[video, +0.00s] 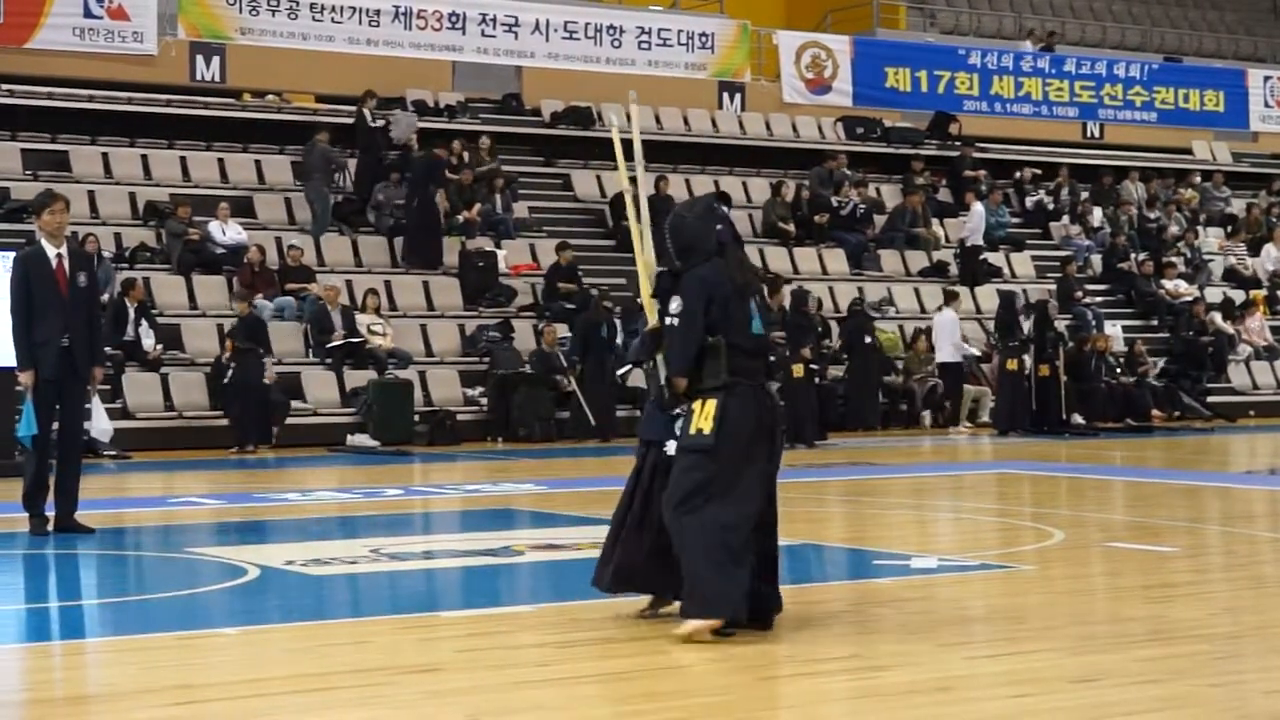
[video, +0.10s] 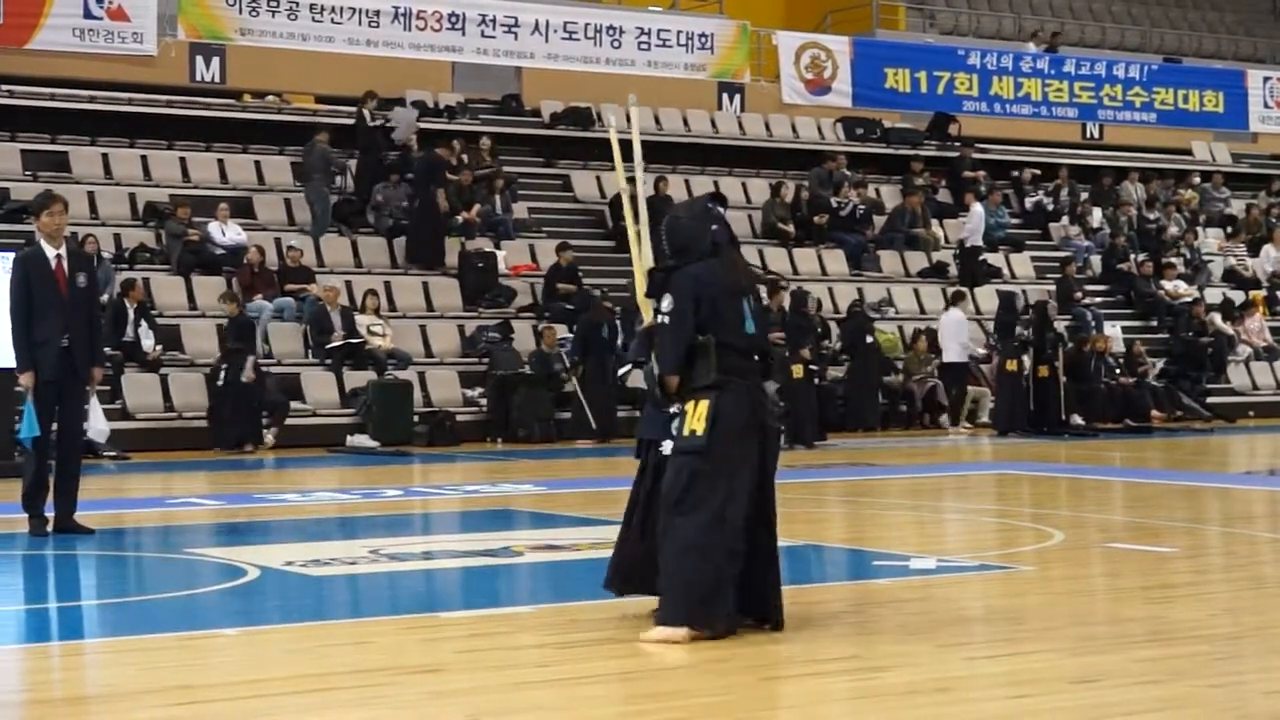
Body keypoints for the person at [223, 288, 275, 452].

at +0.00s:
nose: (235, 307)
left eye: (237, 303)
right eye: (234, 303)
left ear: (246, 303)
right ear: (237, 304)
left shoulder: (257, 321)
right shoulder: (239, 321)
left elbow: (266, 347)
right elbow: (234, 343)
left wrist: (269, 369)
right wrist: (228, 354)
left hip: (254, 364)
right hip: (239, 363)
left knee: (252, 400)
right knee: (237, 400)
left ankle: (251, 441)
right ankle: (240, 441)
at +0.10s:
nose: (226, 308)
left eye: (228, 304)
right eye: (225, 305)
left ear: (236, 304)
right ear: (225, 306)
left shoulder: (247, 322)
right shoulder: (230, 323)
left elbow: (251, 348)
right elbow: (228, 347)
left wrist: (249, 368)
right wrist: (218, 359)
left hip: (243, 364)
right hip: (230, 363)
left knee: (245, 401)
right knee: (229, 400)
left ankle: (248, 440)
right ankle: (231, 440)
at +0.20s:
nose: (213, 309)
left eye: (215, 305)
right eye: (212, 305)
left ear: (224, 305)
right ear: (218, 306)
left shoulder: (235, 322)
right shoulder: (218, 325)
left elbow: (240, 349)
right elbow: (217, 349)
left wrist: (230, 366)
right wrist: (210, 361)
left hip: (235, 367)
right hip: (218, 366)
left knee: (238, 404)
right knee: (205, 401)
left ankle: (246, 440)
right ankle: (198, 440)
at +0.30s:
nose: (202, 311)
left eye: (204, 307)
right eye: (201, 307)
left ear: (214, 306)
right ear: (205, 307)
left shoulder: (225, 323)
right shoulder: (208, 326)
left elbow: (228, 349)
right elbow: (206, 348)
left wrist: (216, 364)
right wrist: (198, 361)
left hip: (222, 367)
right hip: (205, 367)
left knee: (232, 403)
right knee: (194, 403)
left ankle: (245, 439)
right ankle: (186, 441)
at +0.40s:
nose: (191, 309)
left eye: (194, 305)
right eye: (191, 305)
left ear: (203, 304)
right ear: (197, 306)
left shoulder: (215, 322)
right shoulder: (196, 325)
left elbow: (221, 348)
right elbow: (193, 348)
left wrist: (213, 366)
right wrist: (188, 361)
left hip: (212, 368)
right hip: (196, 367)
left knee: (212, 404)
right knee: (186, 403)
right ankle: (184, 442)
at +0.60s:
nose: (177, 306)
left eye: (180, 302)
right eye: (175, 303)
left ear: (189, 303)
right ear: (175, 305)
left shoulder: (202, 321)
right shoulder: (179, 324)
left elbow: (215, 344)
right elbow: (175, 347)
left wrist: (219, 365)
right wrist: (166, 356)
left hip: (200, 365)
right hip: (183, 366)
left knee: (197, 401)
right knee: (181, 401)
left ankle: (205, 437)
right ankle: (184, 442)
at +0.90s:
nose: (166, 307)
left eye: (169, 304)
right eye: (163, 304)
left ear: (175, 306)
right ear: (159, 308)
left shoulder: (187, 324)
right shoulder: (158, 329)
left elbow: (202, 343)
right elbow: (150, 350)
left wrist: (214, 363)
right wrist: (144, 366)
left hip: (186, 371)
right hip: (166, 372)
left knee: (182, 408)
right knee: (166, 407)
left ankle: (179, 443)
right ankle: (167, 444)